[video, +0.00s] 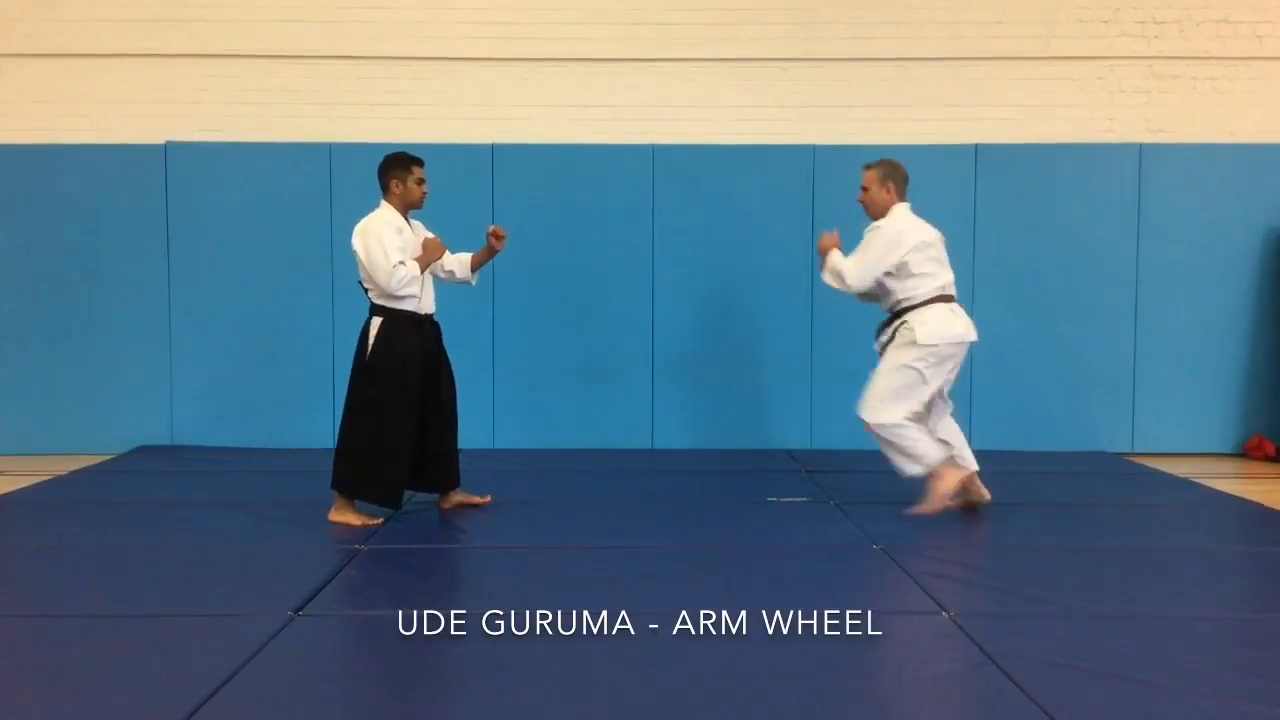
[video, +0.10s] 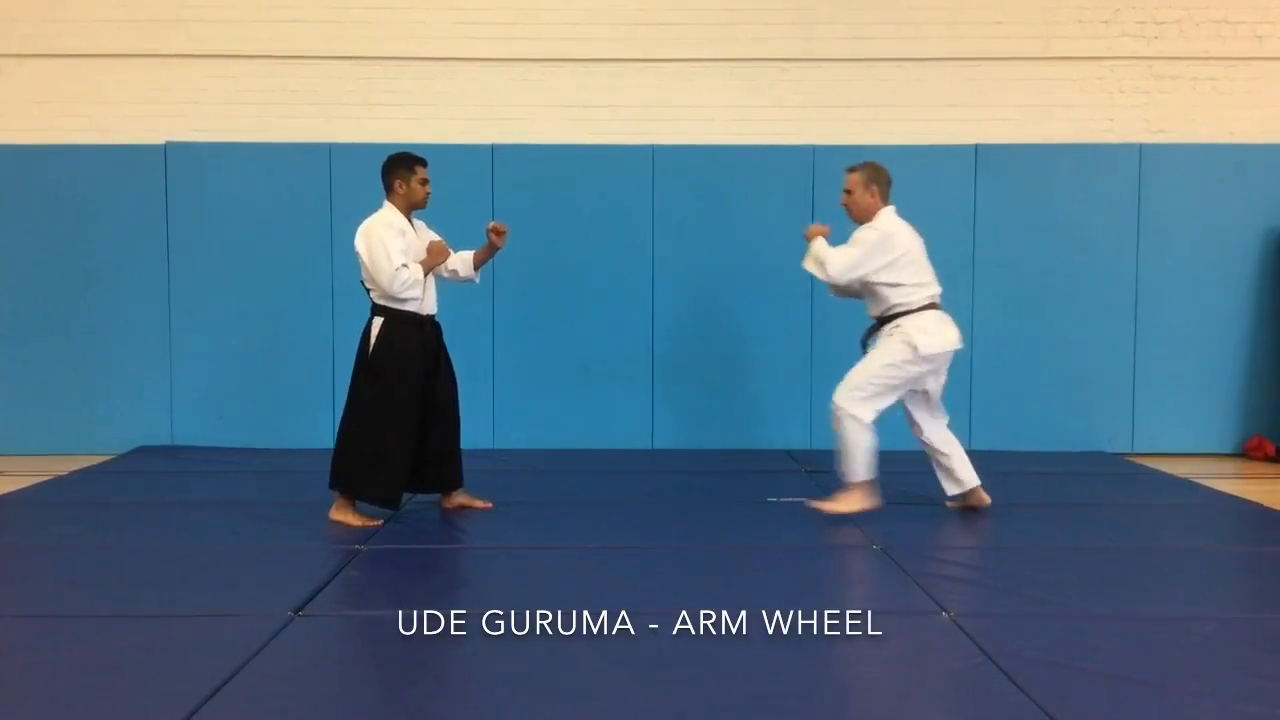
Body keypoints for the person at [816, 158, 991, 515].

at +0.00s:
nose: (860, 197)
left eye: (866, 190)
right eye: (861, 190)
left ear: (889, 191)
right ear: (892, 192)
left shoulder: (891, 227)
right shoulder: (921, 226)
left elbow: (853, 277)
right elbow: (885, 291)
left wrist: (832, 255)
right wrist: (837, 268)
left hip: (925, 330)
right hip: (953, 327)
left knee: (879, 411)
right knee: (931, 410)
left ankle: (942, 471)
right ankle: (969, 481)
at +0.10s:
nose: (844, 200)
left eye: (849, 193)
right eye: (844, 193)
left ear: (873, 194)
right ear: (876, 196)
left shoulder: (880, 231)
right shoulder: (900, 227)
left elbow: (837, 268)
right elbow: (871, 287)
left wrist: (817, 241)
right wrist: (836, 281)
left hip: (912, 334)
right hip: (937, 330)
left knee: (850, 401)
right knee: (926, 417)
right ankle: (970, 490)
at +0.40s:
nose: (764, 179)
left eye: (771, 172)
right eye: (766, 172)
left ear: (795, 177)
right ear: (796, 179)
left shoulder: (804, 221)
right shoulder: (824, 218)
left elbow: (757, 250)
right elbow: (862, 251)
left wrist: (756, 203)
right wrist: (831, 275)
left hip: (807, 335)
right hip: (815, 332)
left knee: (772, 417)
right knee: (800, 418)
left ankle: (790, 508)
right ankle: (854, 457)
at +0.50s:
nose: (739, 184)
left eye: (746, 176)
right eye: (739, 176)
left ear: (770, 177)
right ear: (765, 179)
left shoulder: (783, 224)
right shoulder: (781, 221)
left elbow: (749, 272)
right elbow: (820, 262)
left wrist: (722, 238)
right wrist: (774, 279)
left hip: (787, 338)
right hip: (760, 336)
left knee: (762, 417)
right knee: (709, 398)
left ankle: (790, 508)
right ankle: (740, 477)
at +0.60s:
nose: (708, 183)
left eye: (715, 175)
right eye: (708, 176)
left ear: (741, 177)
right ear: (728, 180)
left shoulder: (766, 229)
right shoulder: (725, 228)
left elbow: (750, 282)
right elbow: (728, 271)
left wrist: (701, 295)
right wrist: (701, 252)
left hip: (758, 338)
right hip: (723, 336)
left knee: (752, 425)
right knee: (668, 401)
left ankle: (789, 509)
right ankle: (634, 485)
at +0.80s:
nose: (634, 186)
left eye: (643, 180)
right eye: (635, 179)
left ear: (667, 185)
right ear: (646, 184)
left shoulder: (702, 232)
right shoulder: (622, 228)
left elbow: (738, 272)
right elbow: (573, 222)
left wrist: (766, 311)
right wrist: (528, 199)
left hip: (685, 340)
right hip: (641, 342)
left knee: (712, 422)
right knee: (597, 419)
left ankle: (774, 493)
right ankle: (577, 498)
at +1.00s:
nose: (579, 181)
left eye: (585, 172)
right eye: (578, 173)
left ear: (612, 172)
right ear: (601, 175)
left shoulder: (659, 215)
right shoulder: (580, 223)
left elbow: (686, 267)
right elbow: (532, 235)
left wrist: (697, 319)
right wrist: (479, 234)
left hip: (657, 324)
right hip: (616, 328)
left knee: (677, 411)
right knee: (590, 411)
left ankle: (722, 495)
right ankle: (576, 499)